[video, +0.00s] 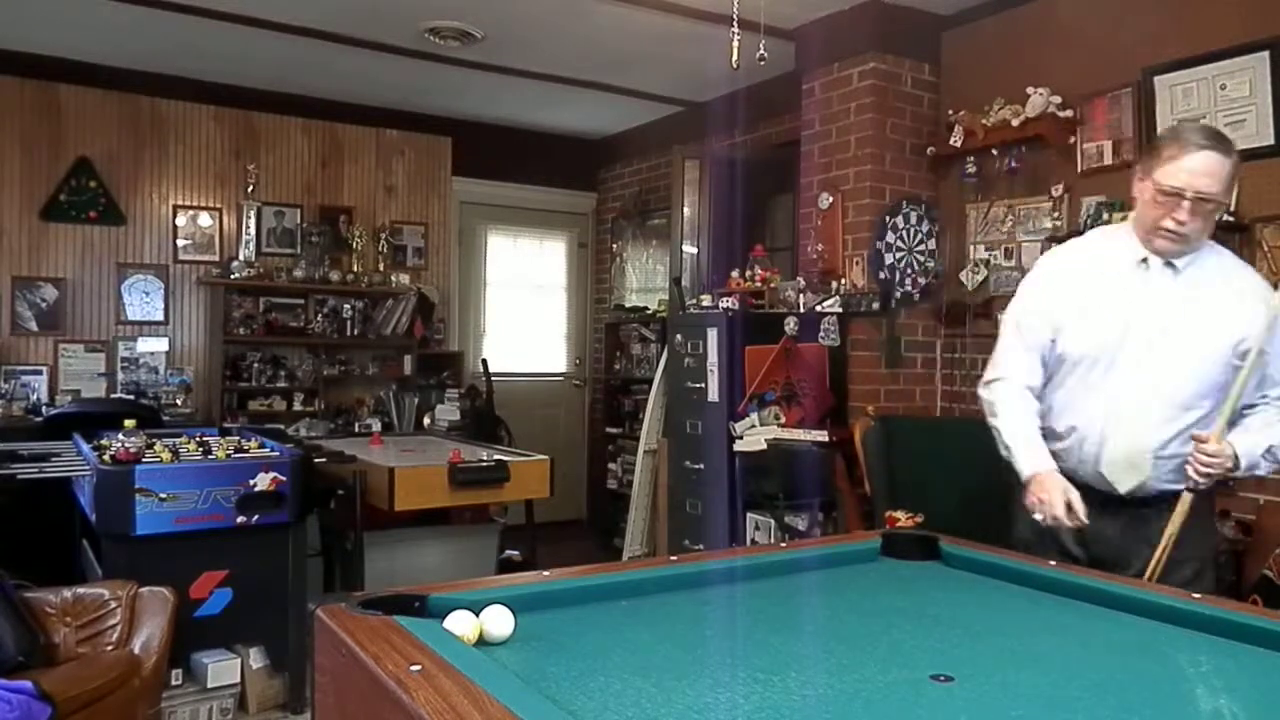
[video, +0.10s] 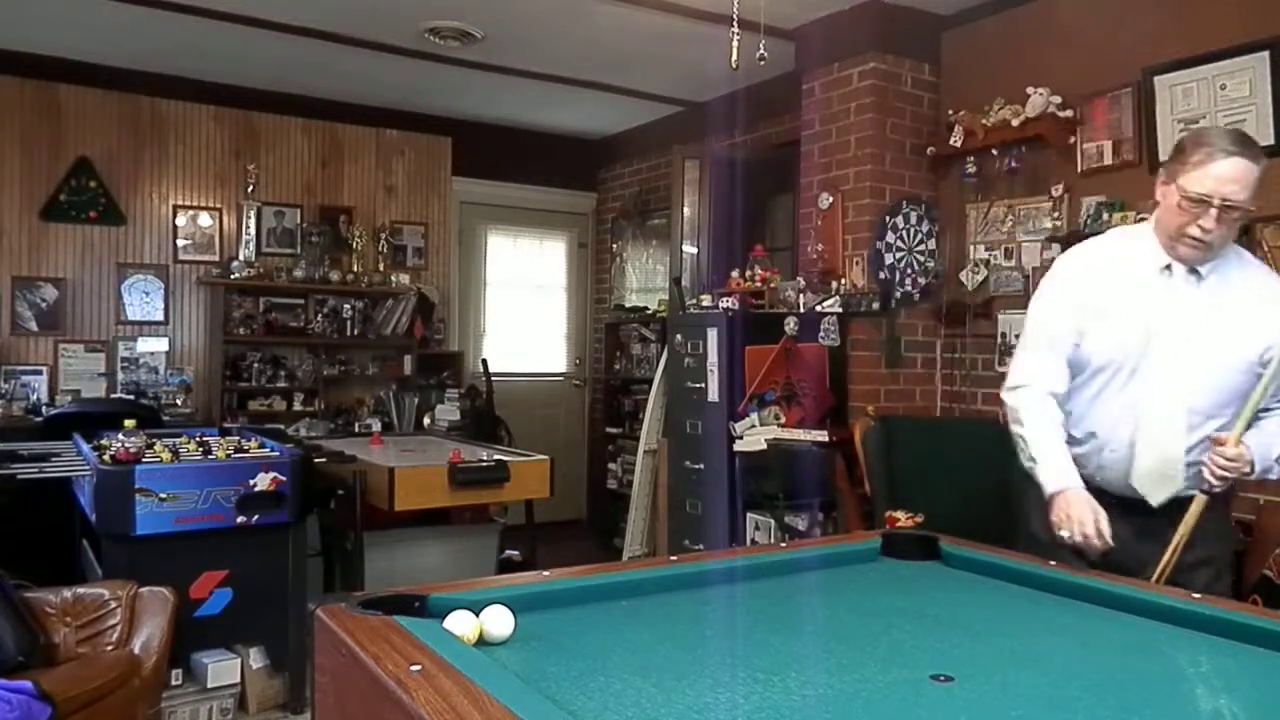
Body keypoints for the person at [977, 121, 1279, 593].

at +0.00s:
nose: (1181, 217)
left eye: (1203, 204)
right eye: (1170, 195)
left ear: (1224, 209)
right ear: (1138, 185)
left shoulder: (1251, 299)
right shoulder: (1065, 268)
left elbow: (1271, 407)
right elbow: (1007, 380)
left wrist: (1236, 452)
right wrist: (1037, 472)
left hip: (1174, 527)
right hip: (1060, 515)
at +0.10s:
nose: (1209, 223)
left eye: (1230, 209)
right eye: (1197, 201)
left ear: (1248, 213)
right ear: (1163, 188)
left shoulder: (1265, 296)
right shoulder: (1085, 268)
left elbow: (1274, 414)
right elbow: (1029, 388)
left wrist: (1251, 454)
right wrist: (1064, 489)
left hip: (1196, 525)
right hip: (1080, 514)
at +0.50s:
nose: (1262, 258)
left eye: (1277, 244)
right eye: (1248, 235)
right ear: (1208, 211)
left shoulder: (1273, 296)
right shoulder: (1126, 288)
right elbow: (1110, 430)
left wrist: (1266, 459)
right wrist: (1172, 540)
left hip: (1206, 522)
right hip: (1095, 510)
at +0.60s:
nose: (1267, 263)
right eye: (1253, 240)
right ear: (1211, 214)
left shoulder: (1273, 299)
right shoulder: (1129, 292)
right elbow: (1126, 436)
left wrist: (1265, 466)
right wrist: (1189, 544)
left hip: (1208, 517)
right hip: (1097, 510)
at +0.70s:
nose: (1270, 262)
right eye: (1257, 240)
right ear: (1215, 212)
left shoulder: (1272, 302)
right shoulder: (1132, 290)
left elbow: (1260, 431)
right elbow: (1127, 432)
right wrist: (1190, 539)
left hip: (1212, 515)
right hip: (1099, 506)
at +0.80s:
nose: (1270, 253)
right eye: (1258, 229)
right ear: (1218, 203)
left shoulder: (1273, 300)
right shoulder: (1133, 282)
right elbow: (1104, 427)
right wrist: (1174, 524)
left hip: (1218, 520)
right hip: (1104, 506)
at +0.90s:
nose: (1268, 240)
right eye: (1256, 216)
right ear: (1218, 196)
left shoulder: (1272, 293)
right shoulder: (1130, 276)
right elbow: (1074, 411)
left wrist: (1269, 466)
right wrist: (1145, 505)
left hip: (1228, 526)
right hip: (1104, 515)